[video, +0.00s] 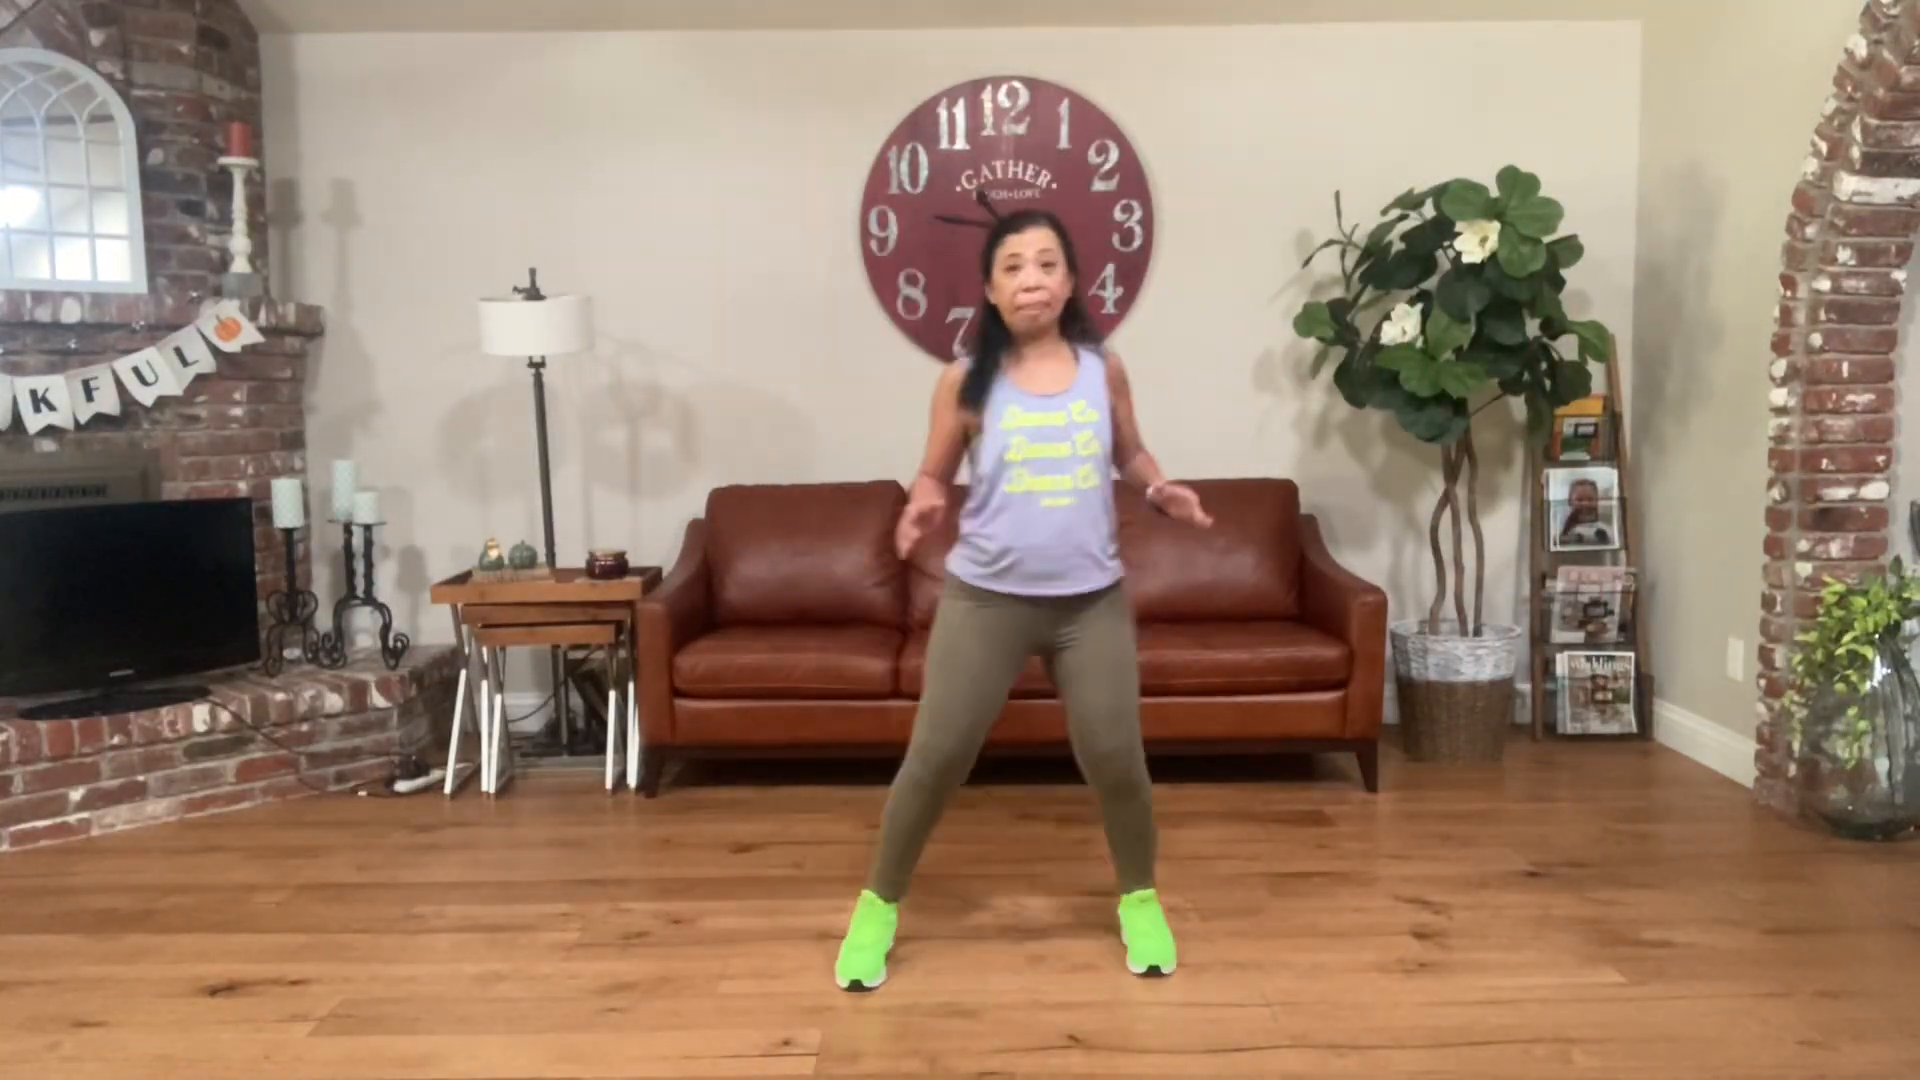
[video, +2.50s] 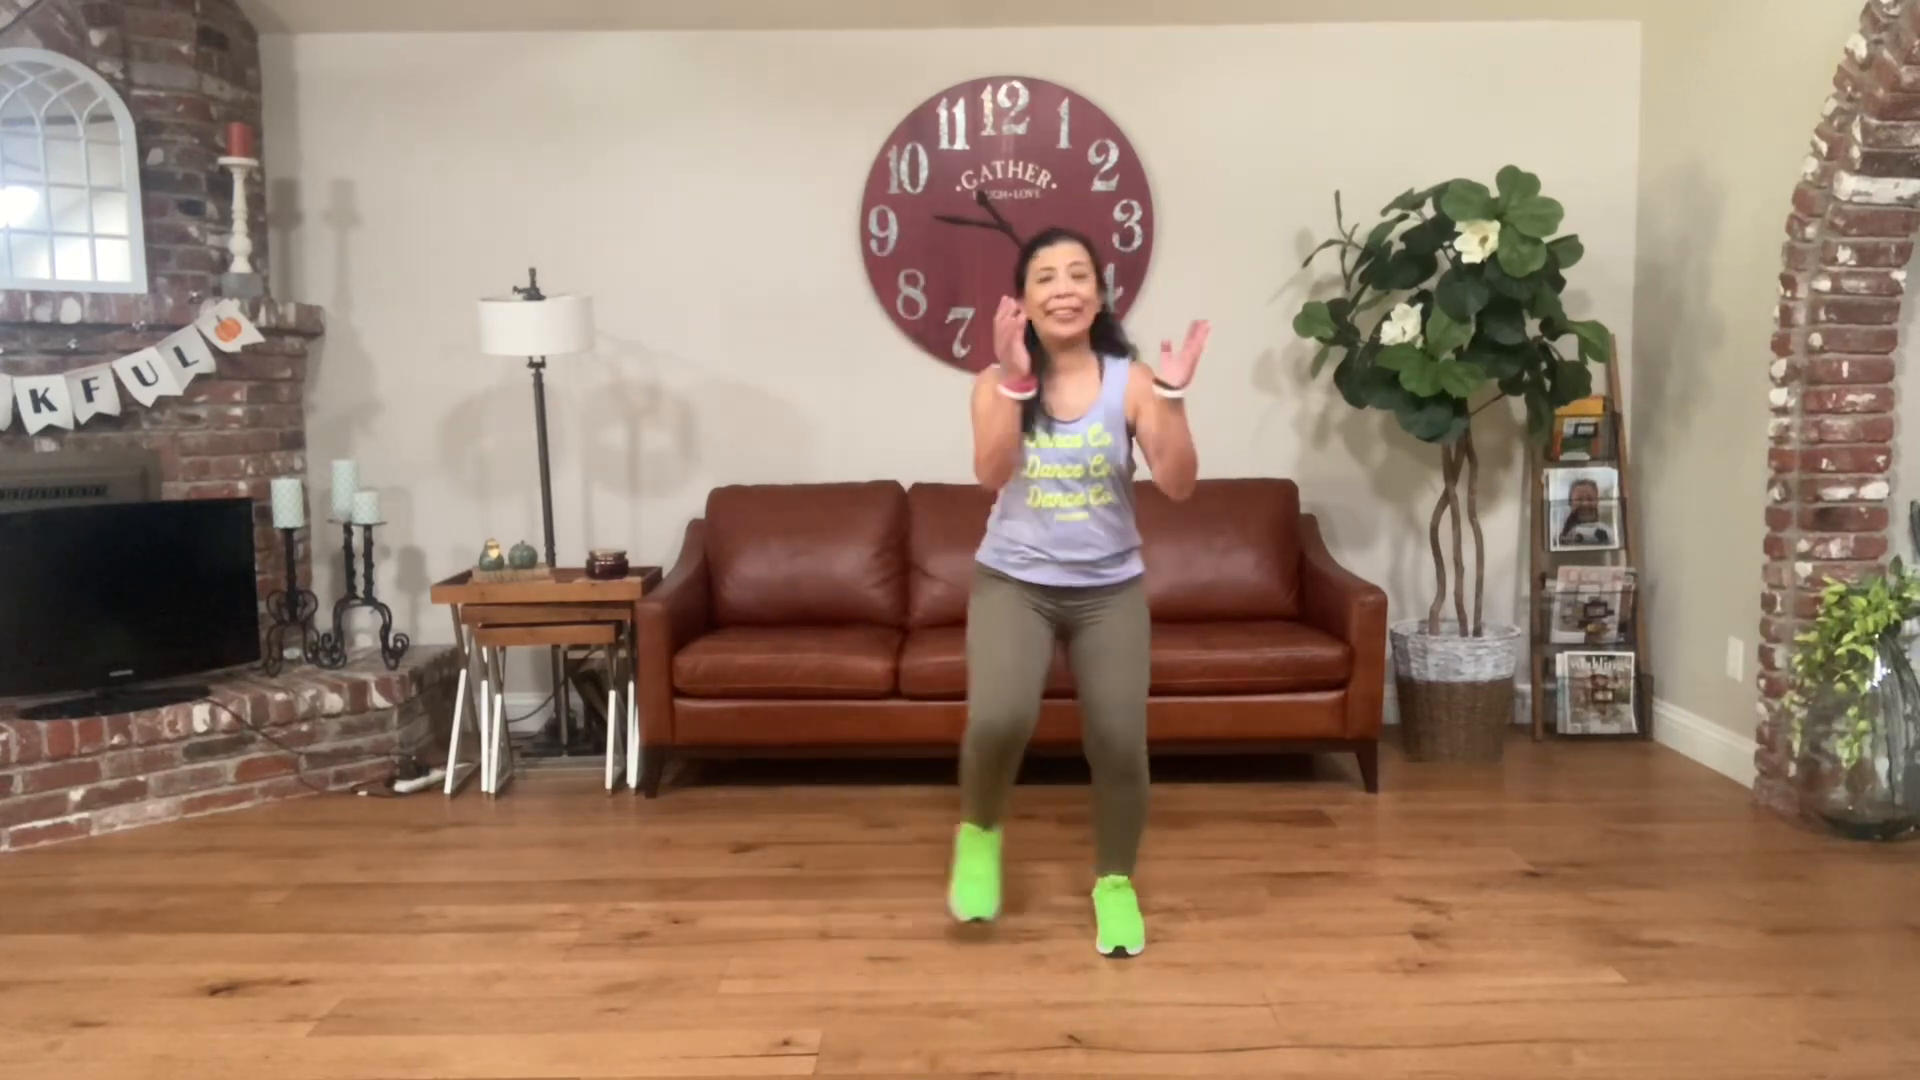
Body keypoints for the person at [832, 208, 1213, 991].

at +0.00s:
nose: (1032, 279)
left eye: (1047, 264)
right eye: (1013, 267)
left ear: (1071, 281)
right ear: (990, 289)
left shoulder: (1103, 370)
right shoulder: (965, 379)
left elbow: (1131, 454)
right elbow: (933, 476)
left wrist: (1157, 486)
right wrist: (924, 509)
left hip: (1092, 599)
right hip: (987, 597)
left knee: (1114, 755)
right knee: (938, 753)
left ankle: (1140, 900)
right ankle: (878, 908)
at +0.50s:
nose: (1057, 300)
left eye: (1074, 283)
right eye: (1048, 285)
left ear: (1120, 286)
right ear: (1040, 290)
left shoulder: (1166, 369)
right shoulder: (1026, 370)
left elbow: (1182, 482)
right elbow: (1004, 478)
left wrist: (1115, 453)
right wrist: (1045, 455)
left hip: (1157, 586)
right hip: (1056, 592)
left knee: (1154, 747)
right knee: (1086, 751)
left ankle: (1146, 896)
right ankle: (1093, 891)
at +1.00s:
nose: (982, 285)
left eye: (1000, 268)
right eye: (969, 274)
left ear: (1037, 285)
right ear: (959, 296)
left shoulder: (1072, 378)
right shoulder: (961, 378)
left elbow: (1131, 453)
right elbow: (959, 457)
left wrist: (1126, 481)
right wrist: (885, 468)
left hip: (1053, 595)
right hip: (949, 596)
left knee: (1089, 749)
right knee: (911, 744)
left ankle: (1138, 900)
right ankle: (868, 881)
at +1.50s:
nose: (902, 299)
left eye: (916, 285)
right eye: (885, 286)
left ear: (938, 303)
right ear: (861, 304)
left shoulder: (960, 388)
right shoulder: (835, 379)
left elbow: (946, 496)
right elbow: (803, 485)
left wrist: (893, 428)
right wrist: (837, 421)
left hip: (947, 589)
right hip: (851, 588)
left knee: (920, 743)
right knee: (851, 740)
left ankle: (932, 873)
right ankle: (862, 883)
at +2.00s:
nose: (982, 303)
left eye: (986, 289)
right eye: (966, 290)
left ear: (986, 296)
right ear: (919, 298)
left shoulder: (1000, 377)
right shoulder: (874, 388)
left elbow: (1010, 447)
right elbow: (826, 464)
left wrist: (1051, 495)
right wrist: (824, 508)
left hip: (982, 593)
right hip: (884, 587)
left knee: (1037, 741)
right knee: (875, 750)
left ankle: (1072, 874)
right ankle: (864, 884)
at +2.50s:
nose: (1064, 290)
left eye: (1078, 276)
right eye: (1046, 278)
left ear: (1100, 295)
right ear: (1023, 301)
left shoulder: (1131, 379)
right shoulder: (999, 382)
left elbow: (1178, 486)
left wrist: (1171, 397)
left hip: (1110, 586)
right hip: (1012, 581)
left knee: (1120, 737)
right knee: (999, 721)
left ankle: (1115, 881)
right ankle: (979, 837)